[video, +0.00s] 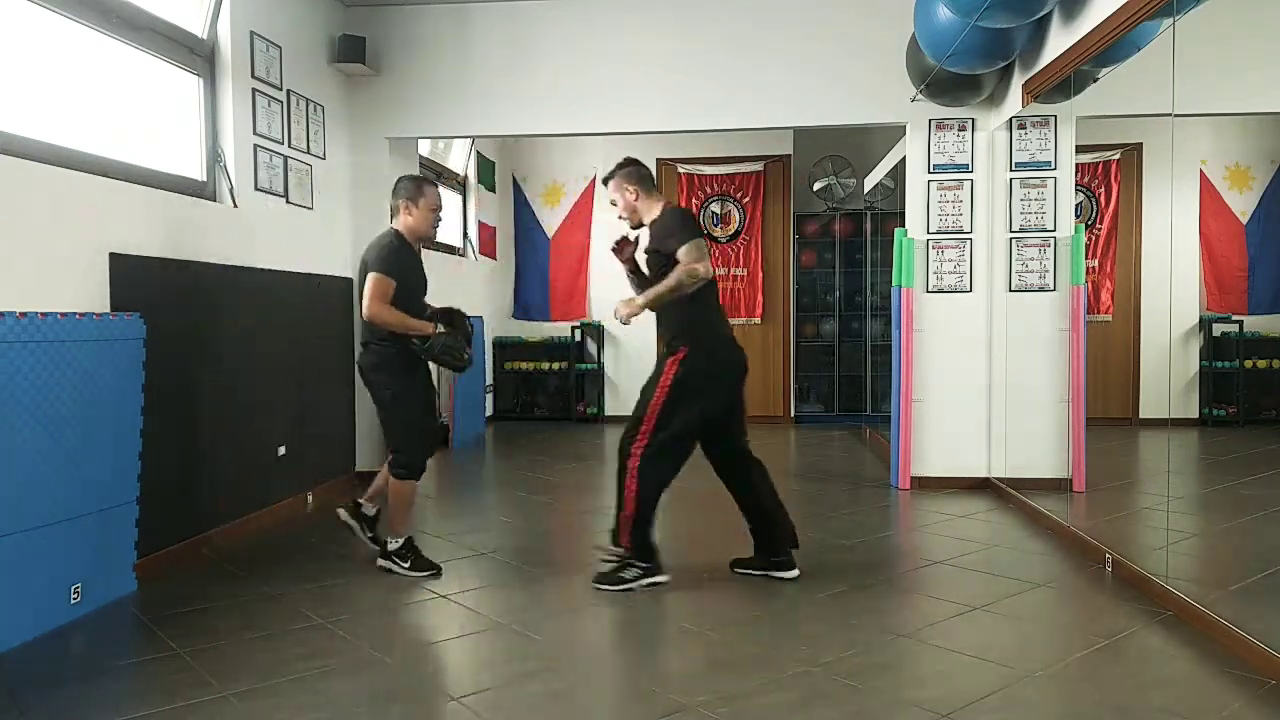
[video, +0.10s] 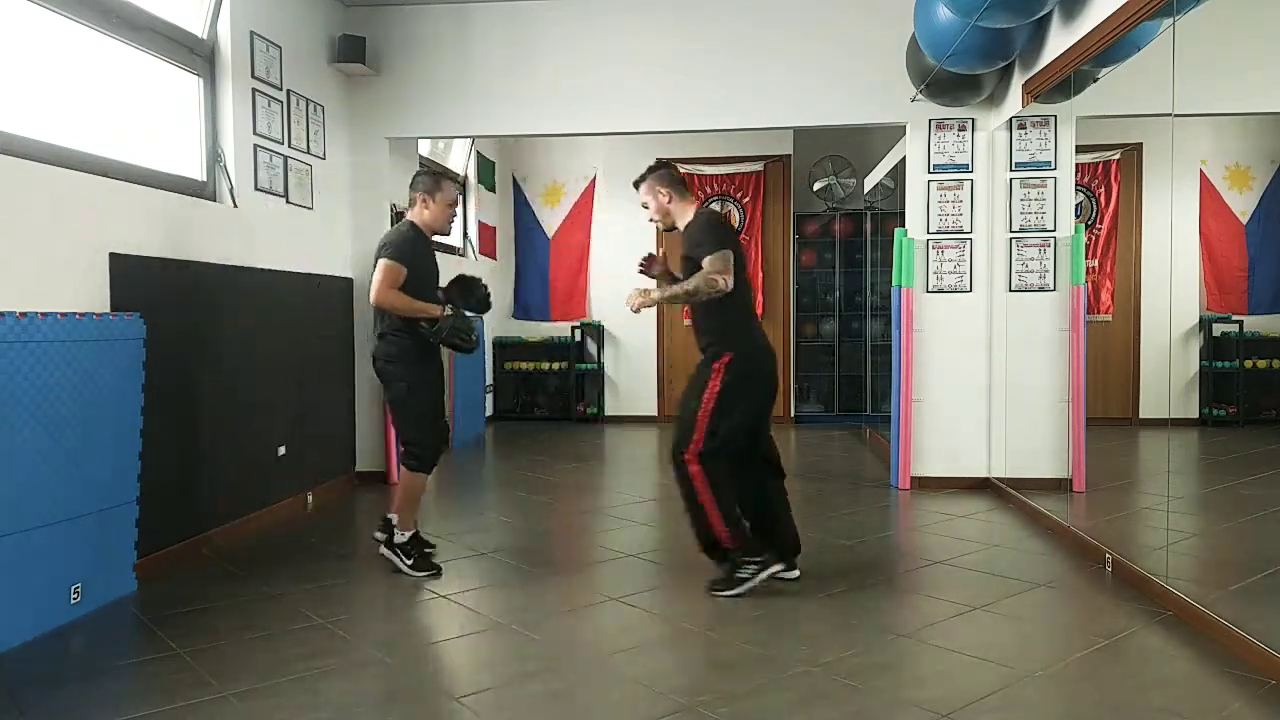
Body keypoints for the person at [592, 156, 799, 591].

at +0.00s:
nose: (618, 212)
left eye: (617, 202)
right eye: (614, 203)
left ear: (632, 192)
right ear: (640, 192)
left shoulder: (672, 219)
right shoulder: (663, 233)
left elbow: (699, 266)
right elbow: (662, 298)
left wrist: (641, 299)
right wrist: (633, 265)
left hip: (692, 356)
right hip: (718, 355)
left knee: (639, 447)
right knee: (733, 457)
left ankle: (638, 558)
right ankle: (777, 553)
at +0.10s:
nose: (649, 213)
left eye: (648, 204)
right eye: (645, 206)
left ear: (666, 195)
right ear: (671, 195)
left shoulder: (704, 226)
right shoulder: (696, 231)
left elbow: (720, 279)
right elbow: (709, 288)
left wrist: (658, 295)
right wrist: (670, 276)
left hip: (732, 358)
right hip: (746, 357)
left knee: (691, 453)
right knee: (752, 455)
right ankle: (781, 555)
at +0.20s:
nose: (677, 210)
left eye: (677, 199)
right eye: (673, 201)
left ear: (697, 188)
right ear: (699, 190)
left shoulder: (736, 220)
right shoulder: (720, 227)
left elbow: (723, 283)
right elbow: (725, 281)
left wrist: (674, 270)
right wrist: (689, 264)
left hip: (762, 354)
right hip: (743, 356)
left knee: (766, 459)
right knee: (744, 458)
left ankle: (842, 549)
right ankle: (776, 555)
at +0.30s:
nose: (704, 200)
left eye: (705, 190)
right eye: (701, 193)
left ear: (726, 179)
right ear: (729, 180)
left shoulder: (759, 210)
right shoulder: (744, 218)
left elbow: (715, 272)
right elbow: (718, 269)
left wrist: (690, 236)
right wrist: (702, 237)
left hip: (793, 353)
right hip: (766, 356)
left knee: (819, 454)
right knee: (761, 454)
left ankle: (897, 547)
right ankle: (777, 554)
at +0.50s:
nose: (747, 209)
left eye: (748, 198)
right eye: (743, 201)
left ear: (772, 189)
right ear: (774, 192)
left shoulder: (806, 228)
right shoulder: (789, 232)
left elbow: (754, 279)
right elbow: (762, 284)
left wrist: (719, 236)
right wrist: (733, 238)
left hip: (842, 371)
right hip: (804, 373)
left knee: (860, 467)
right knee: (769, 454)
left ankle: (911, 563)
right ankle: (798, 553)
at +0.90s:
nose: (743, 205)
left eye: (747, 194)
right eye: (742, 198)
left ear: (773, 191)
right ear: (771, 196)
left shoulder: (820, 225)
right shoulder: (771, 245)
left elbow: (765, 259)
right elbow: (745, 308)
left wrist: (726, 225)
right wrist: (717, 282)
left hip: (845, 371)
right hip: (796, 372)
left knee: (862, 468)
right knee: (758, 451)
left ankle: (908, 561)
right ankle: (769, 547)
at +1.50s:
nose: (739, 196)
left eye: (743, 187)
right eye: (739, 188)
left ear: (767, 189)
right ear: (766, 190)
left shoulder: (806, 232)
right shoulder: (766, 235)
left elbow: (740, 273)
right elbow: (719, 265)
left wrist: (743, 221)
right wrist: (710, 231)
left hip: (809, 376)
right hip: (761, 374)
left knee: (840, 471)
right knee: (714, 449)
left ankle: (898, 557)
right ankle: (712, 544)